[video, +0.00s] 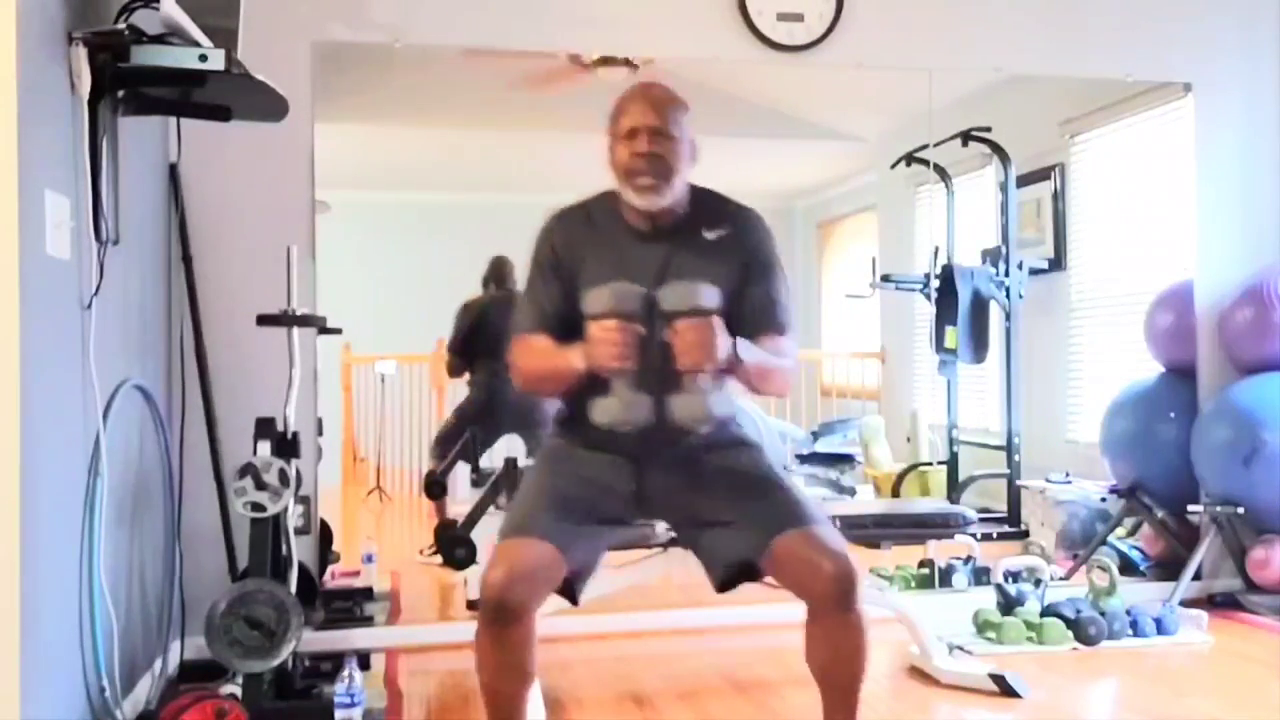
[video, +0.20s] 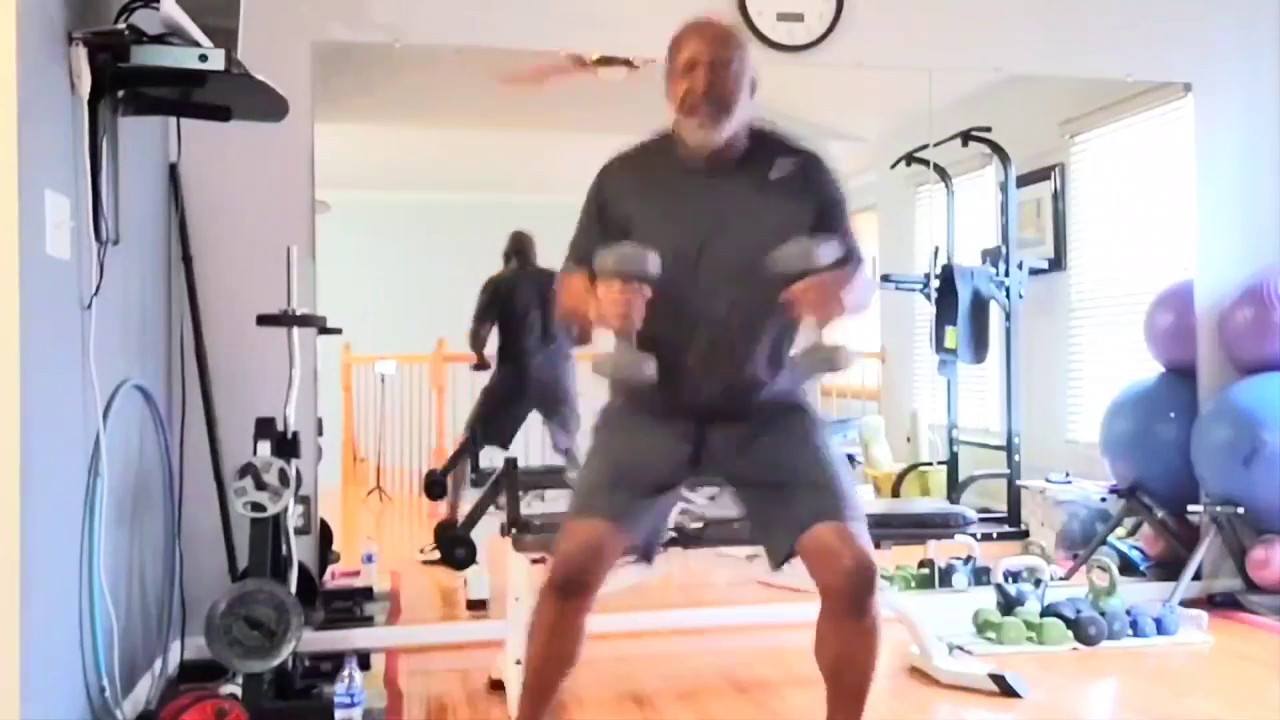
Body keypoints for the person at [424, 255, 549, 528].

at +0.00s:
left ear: (486, 279)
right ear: (513, 278)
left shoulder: (474, 309)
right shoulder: (529, 308)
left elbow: (454, 366)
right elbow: (541, 355)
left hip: (485, 400)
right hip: (526, 399)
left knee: (442, 450)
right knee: (545, 454)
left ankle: (443, 521)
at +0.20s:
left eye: (510, 253)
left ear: (507, 253)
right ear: (533, 252)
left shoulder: (497, 284)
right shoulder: (555, 281)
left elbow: (479, 332)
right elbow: (581, 330)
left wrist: (480, 357)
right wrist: (566, 340)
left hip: (514, 372)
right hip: (554, 370)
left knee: (475, 434)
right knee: (567, 438)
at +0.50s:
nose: (527, 239)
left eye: (527, 235)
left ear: (527, 235)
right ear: (554, 234)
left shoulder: (524, 257)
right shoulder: (577, 257)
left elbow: (520, 290)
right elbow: (619, 282)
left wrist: (488, 317)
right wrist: (615, 322)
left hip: (547, 368)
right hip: (585, 369)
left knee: (520, 443)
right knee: (577, 438)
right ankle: (584, 498)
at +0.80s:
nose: (535, 238)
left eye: (535, 234)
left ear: (536, 235)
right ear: (564, 232)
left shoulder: (532, 262)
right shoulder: (593, 259)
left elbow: (517, 313)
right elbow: (619, 310)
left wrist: (514, 339)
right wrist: (590, 319)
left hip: (562, 359)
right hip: (601, 358)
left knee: (537, 438)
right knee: (603, 427)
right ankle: (613, 466)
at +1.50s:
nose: (567, 249)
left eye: (569, 244)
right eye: (568, 244)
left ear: (574, 242)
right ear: (598, 240)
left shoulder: (579, 258)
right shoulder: (624, 262)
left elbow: (585, 282)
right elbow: (672, 287)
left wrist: (548, 309)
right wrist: (647, 311)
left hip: (596, 365)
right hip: (631, 367)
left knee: (556, 436)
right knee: (615, 437)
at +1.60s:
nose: (570, 244)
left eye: (571, 240)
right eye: (571, 240)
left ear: (574, 239)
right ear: (600, 237)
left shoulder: (578, 257)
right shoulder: (628, 262)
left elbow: (577, 290)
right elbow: (672, 293)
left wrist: (543, 315)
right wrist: (642, 313)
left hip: (596, 366)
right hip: (631, 368)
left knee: (557, 436)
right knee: (618, 438)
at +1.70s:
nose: (571, 235)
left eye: (572, 231)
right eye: (573, 231)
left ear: (576, 231)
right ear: (602, 231)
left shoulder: (577, 255)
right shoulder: (630, 258)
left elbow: (564, 299)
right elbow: (664, 301)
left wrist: (545, 317)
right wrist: (631, 313)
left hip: (594, 358)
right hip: (631, 360)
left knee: (552, 426)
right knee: (620, 430)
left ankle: (556, 491)